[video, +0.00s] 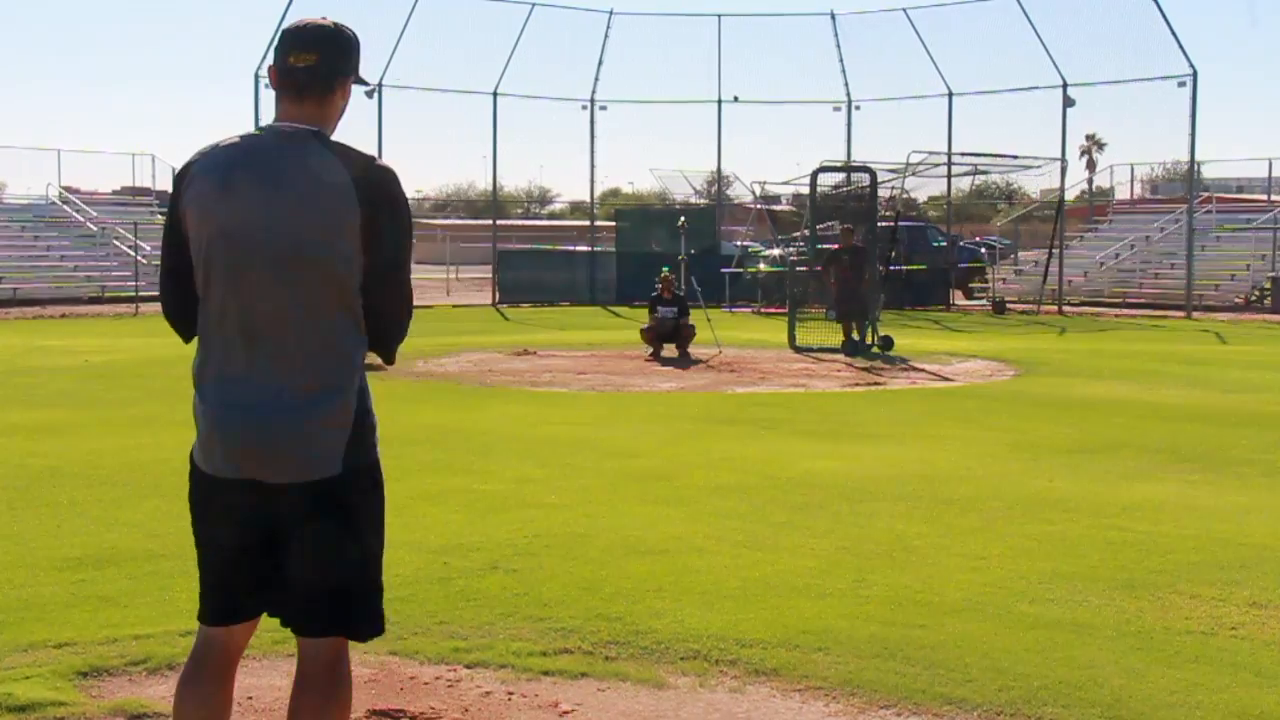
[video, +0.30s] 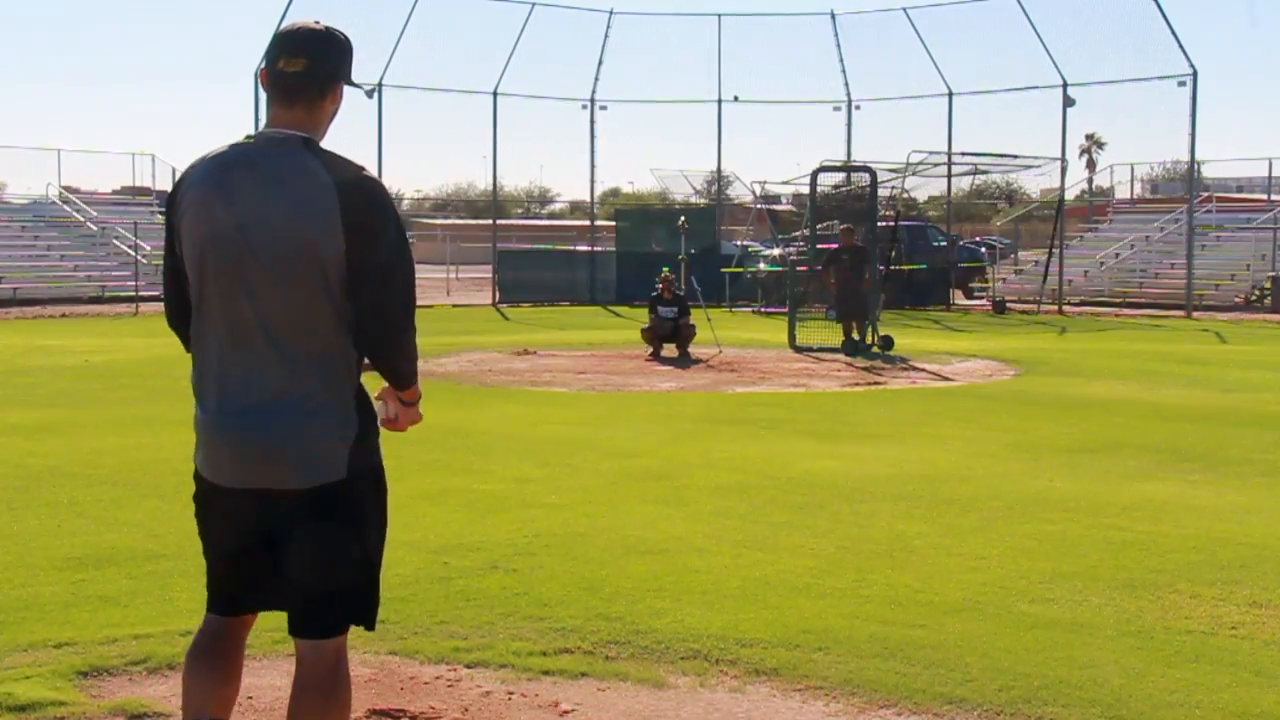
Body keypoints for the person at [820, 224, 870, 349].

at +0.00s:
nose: (845, 239)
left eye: (848, 236)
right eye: (843, 236)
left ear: (853, 236)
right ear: (840, 237)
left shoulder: (861, 251)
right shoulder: (835, 253)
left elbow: (869, 268)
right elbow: (825, 269)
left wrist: (865, 283)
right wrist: (830, 284)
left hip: (858, 288)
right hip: (842, 289)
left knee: (860, 318)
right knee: (845, 319)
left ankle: (862, 341)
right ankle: (847, 342)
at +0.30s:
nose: (846, 238)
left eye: (848, 235)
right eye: (843, 235)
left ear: (853, 236)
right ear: (840, 236)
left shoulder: (861, 251)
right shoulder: (836, 252)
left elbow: (870, 267)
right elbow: (825, 269)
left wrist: (868, 280)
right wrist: (830, 283)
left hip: (859, 287)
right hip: (842, 288)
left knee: (860, 317)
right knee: (846, 317)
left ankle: (862, 340)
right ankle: (847, 341)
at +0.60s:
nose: (846, 239)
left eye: (849, 236)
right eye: (844, 236)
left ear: (853, 236)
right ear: (841, 236)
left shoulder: (862, 251)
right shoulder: (835, 252)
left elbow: (870, 267)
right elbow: (825, 269)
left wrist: (868, 280)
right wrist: (831, 284)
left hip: (858, 286)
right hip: (842, 287)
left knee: (860, 316)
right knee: (845, 316)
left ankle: (862, 339)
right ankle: (847, 340)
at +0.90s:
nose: (845, 239)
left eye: (848, 236)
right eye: (843, 235)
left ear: (853, 236)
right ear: (840, 237)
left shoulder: (862, 251)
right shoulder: (835, 252)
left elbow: (870, 268)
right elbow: (825, 268)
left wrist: (867, 281)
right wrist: (830, 283)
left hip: (859, 286)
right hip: (842, 287)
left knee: (860, 316)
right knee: (845, 316)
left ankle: (862, 338)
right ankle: (847, 339)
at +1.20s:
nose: (844, 239)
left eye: (847, 236)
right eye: (842, 236)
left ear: (852, 237)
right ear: (839, 237)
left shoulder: (861, 251)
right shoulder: (835, 252)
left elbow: (870, 267)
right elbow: (824, 269)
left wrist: (867, 280)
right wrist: (830, 283)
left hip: (859, 287)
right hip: (842, 288)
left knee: (860, 317)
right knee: (845, 317)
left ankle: (862, 340)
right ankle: (847, 340)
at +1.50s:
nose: (844, 239)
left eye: (847, 236)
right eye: (842, 236)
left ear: (852, 237)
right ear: (839, 237)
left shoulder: (862, 251)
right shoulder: (836, 253)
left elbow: (870, 267)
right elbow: (824, 269)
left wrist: (868, 281)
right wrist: (830, 283)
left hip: (858, 288)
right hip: (842, 288)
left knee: (860, 317)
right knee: (845, 318)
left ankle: (862, 340)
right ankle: (847, 341)